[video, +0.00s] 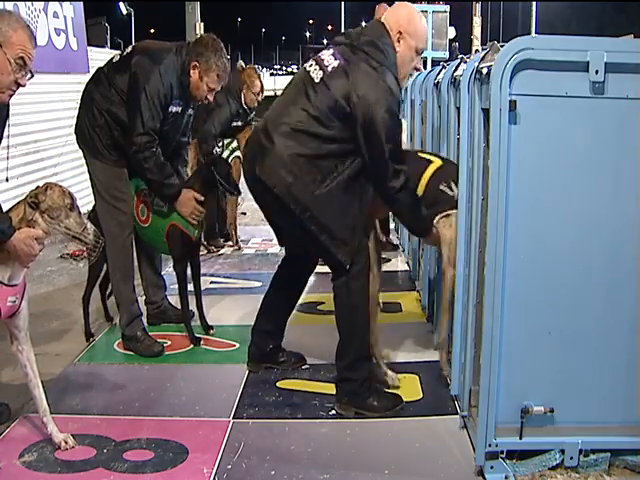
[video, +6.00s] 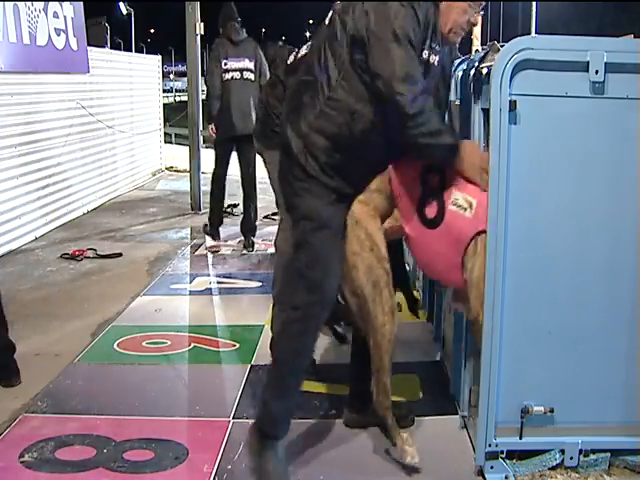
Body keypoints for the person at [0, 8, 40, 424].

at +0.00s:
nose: (24, 80)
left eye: (29, 71)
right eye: (20, 65)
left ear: (24, 71)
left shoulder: (5, 109)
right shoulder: (0, 110)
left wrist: (10, 230)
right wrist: (9, 234)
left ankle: (0, 405)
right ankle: (0, 407)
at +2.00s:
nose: (36, 77)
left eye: (41, 69)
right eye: (33, 61)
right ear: (4, 44)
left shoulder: (11, 104)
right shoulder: (4, 104)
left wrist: (22, 220)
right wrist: (21, 226)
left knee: (5, 313)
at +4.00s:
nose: (89, 50)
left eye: (95, 40)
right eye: (84, 36)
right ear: (53, 18)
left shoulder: (57, 56)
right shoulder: (14, 47)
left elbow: (59, 143)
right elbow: (44, 144)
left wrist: (108, 211)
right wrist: (110, 213)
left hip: (23, 221)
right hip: (4, 223)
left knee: (19, 336)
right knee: (6, 341)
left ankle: (11, 445)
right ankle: (6, 454)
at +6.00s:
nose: (473, 22)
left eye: (477, 14)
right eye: (472, 10)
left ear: (452, 7)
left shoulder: (432, 42)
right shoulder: (388, 10)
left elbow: (429, 109)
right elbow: (402, 95)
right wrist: (455, 151)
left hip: (368, 173)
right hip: (317, 162)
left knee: (374, 288)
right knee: (312, 290)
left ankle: (366, 401)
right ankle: (269, 430)